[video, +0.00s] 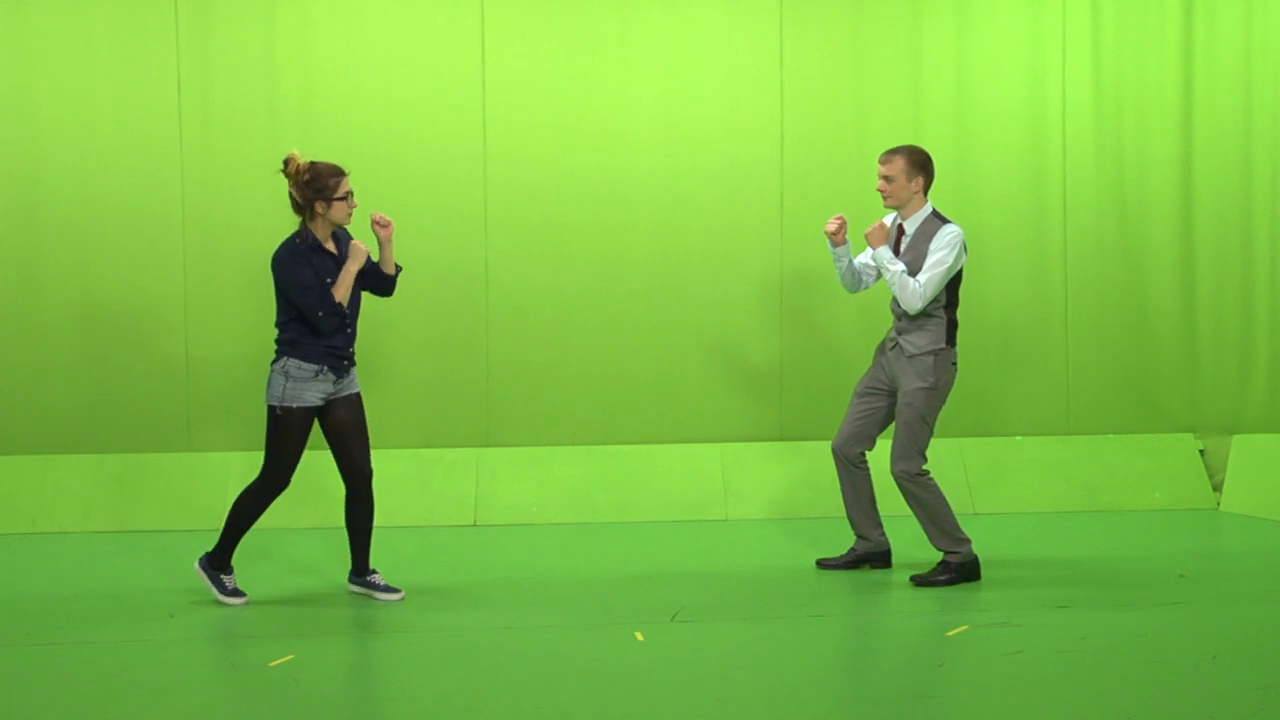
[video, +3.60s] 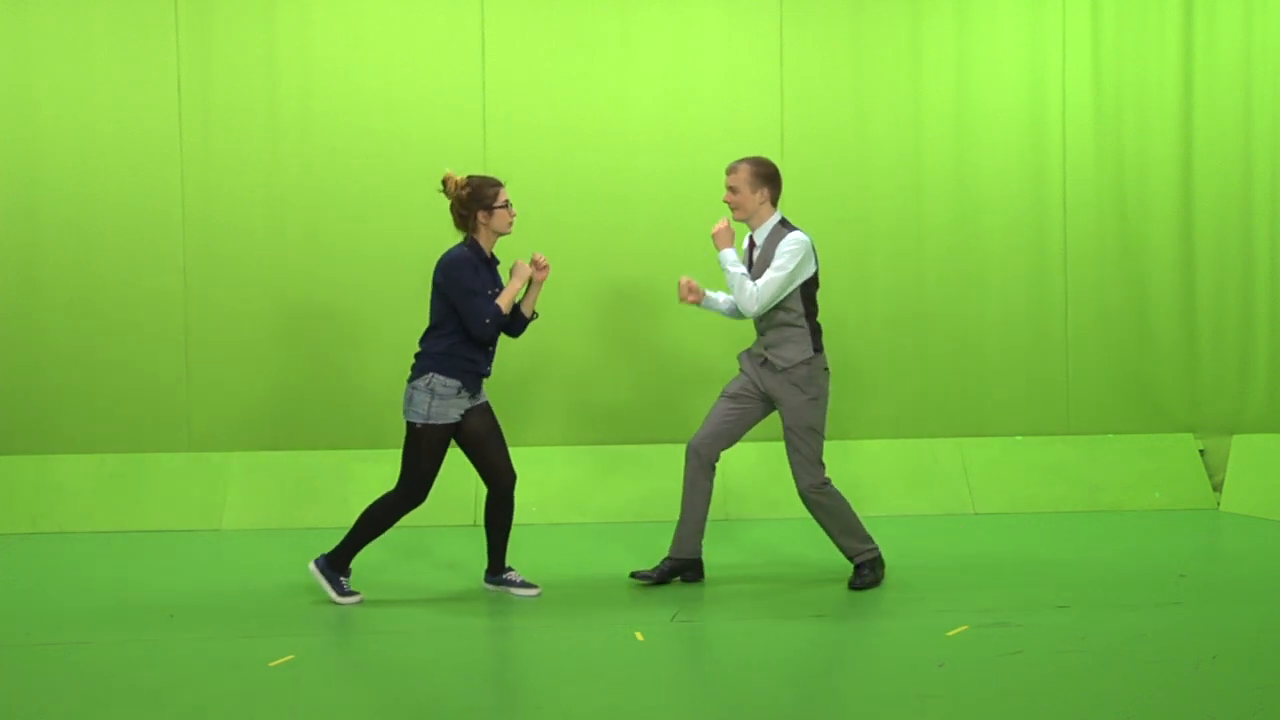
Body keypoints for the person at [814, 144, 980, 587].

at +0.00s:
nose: (881, 187)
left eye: (888, 180)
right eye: (880, 179)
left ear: (918, 184)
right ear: (895, 185)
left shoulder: (949, 236)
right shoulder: (892, 229)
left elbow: (914, 299)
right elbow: (854, 281)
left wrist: (883, 251)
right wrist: (840, 246)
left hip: (928, 360)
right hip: (892, 353)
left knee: (906, 465)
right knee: (848, 447)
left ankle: (961, 557)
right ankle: (872, 546)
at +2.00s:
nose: (880, 183)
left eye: (887, 175)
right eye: (879, 175)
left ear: (917, 177)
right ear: (895, 180)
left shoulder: (950, 229)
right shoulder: (890, 224)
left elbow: (914, 289)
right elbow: (853, 276)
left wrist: (884, 239)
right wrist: (838, 240)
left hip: (930, 355)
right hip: (892, 349)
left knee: (910, 460)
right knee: (854, 446)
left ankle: (960, 556)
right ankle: (872, 546)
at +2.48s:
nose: (855, 198)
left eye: (862, 190)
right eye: (854, 190)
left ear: (893, 193)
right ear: (882, 194)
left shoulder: (921, 248)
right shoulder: (868, 239)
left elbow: (881, 305)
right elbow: (833, 287)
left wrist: (851, 255)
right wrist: (818, 258)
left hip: (909, 370)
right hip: (871, 365)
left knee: (890, 475)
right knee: (808, 443)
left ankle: (957, 557)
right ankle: (805, 550)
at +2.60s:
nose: (834, 192)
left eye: (840, 184)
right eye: (833, 183)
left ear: (870, 187)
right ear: (860, 188)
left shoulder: (896, 242)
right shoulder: (844, 229)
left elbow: (848, 288)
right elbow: (803, 271)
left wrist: (822, 238)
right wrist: (791, 237)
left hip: (876, 368)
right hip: (836, 362)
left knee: (883, 473)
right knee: (776, 442)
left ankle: (954, 552)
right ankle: (739, 547)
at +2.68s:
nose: (811, 189)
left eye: (818, 181)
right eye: (811, 180)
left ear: (848, 184)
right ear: (838, 185)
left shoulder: (874, 237)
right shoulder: (821, 226)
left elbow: (828, 283)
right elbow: (778, 268)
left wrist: (802, 235)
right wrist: (770, 233)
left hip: (850, 364)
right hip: (809, 357)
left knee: (850, 473)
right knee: (758, 446)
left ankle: (922, 540)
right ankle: (731, 553)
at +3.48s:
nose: (749, 193)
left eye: (756, 186)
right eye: (749, 186)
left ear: (785, 189)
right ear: (772, 191)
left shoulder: (820, 239)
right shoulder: (765, 237)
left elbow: (780, 292)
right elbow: (736, 289)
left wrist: (750, 244)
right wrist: (717, 254)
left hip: (816, 368)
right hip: (775, 363)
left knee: (814, 475)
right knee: (722, 448)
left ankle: (868, 558)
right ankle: (712, 556)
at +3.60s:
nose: (727, 198)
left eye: (734, 191)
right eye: (726, 190)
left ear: (763, 194)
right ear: (755, 196)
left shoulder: (796, 244)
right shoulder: (748, 245)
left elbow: (755, 300)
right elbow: (743, 306)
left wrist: (726, 252)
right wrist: (704, 297)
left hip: (801, 373)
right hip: (760, 368)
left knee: (810, 480)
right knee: (701, 448)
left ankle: (867, 557)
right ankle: (685, 557)